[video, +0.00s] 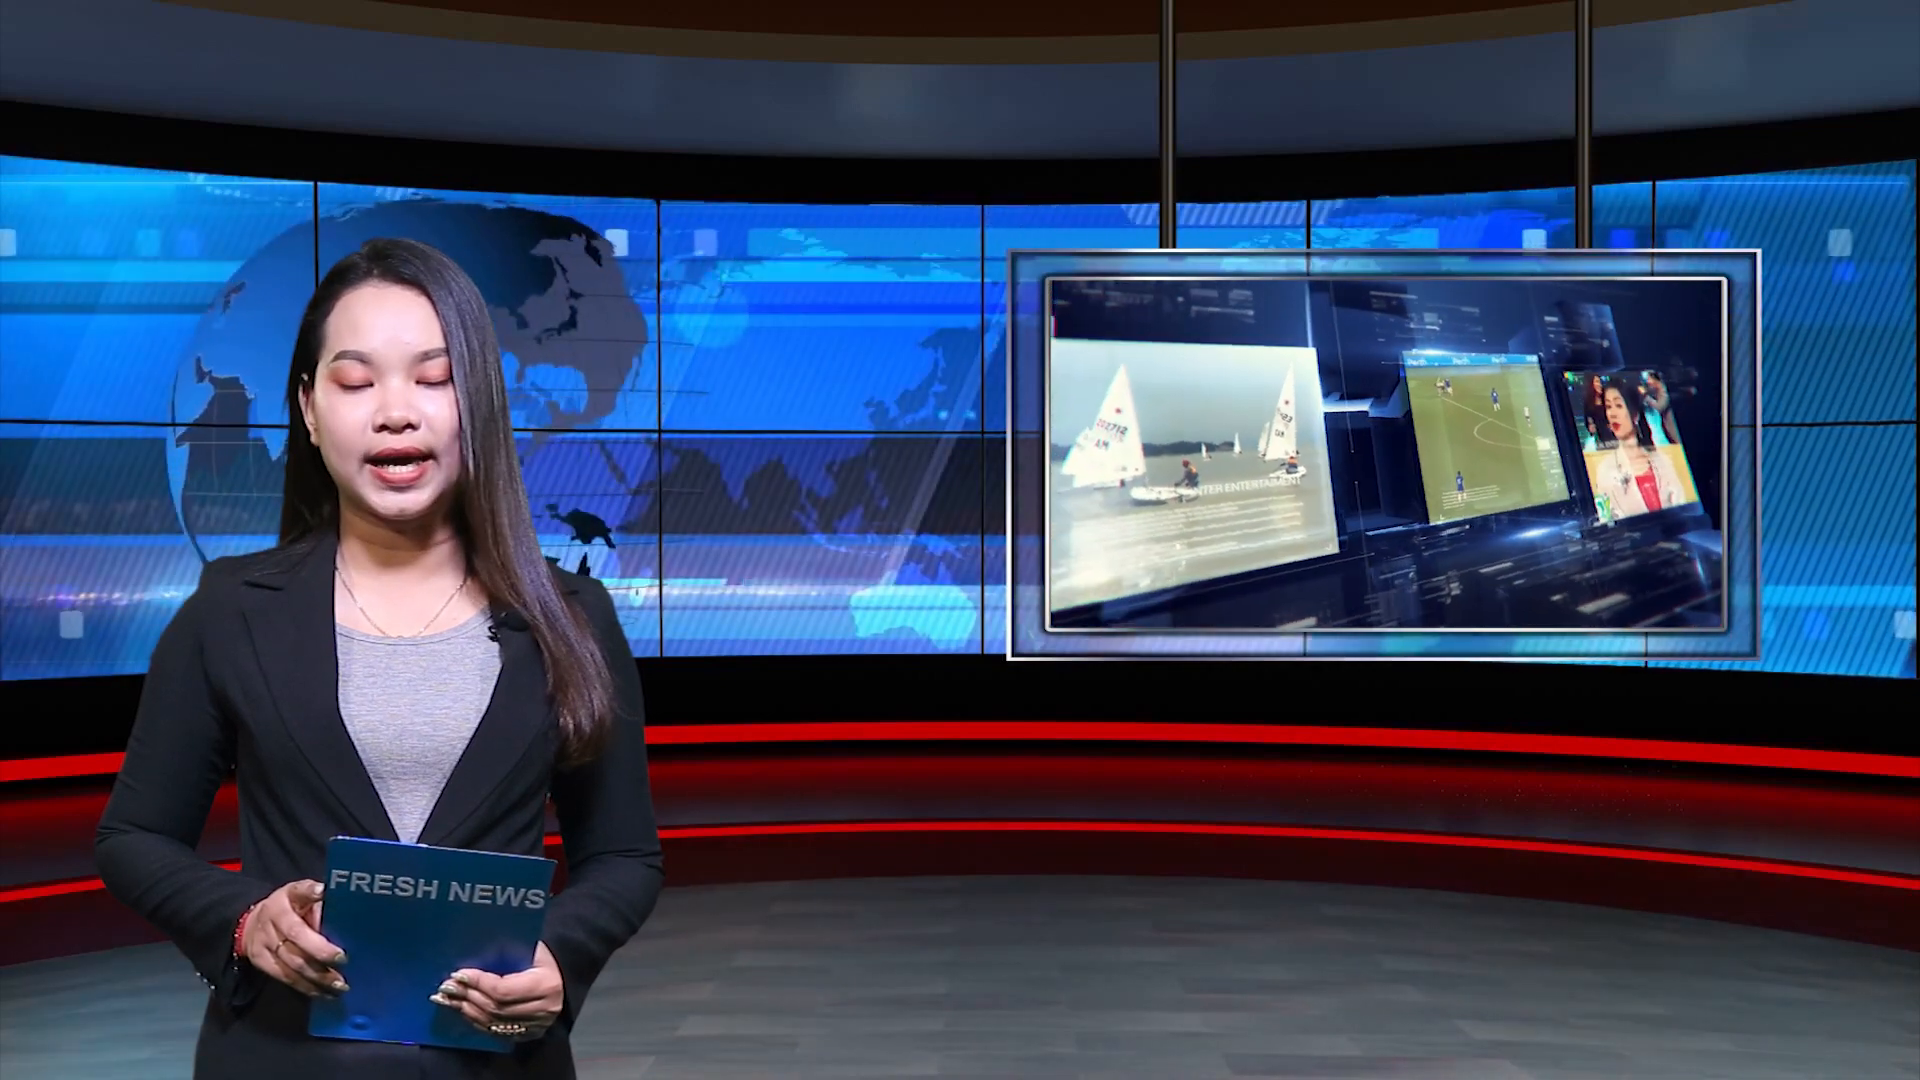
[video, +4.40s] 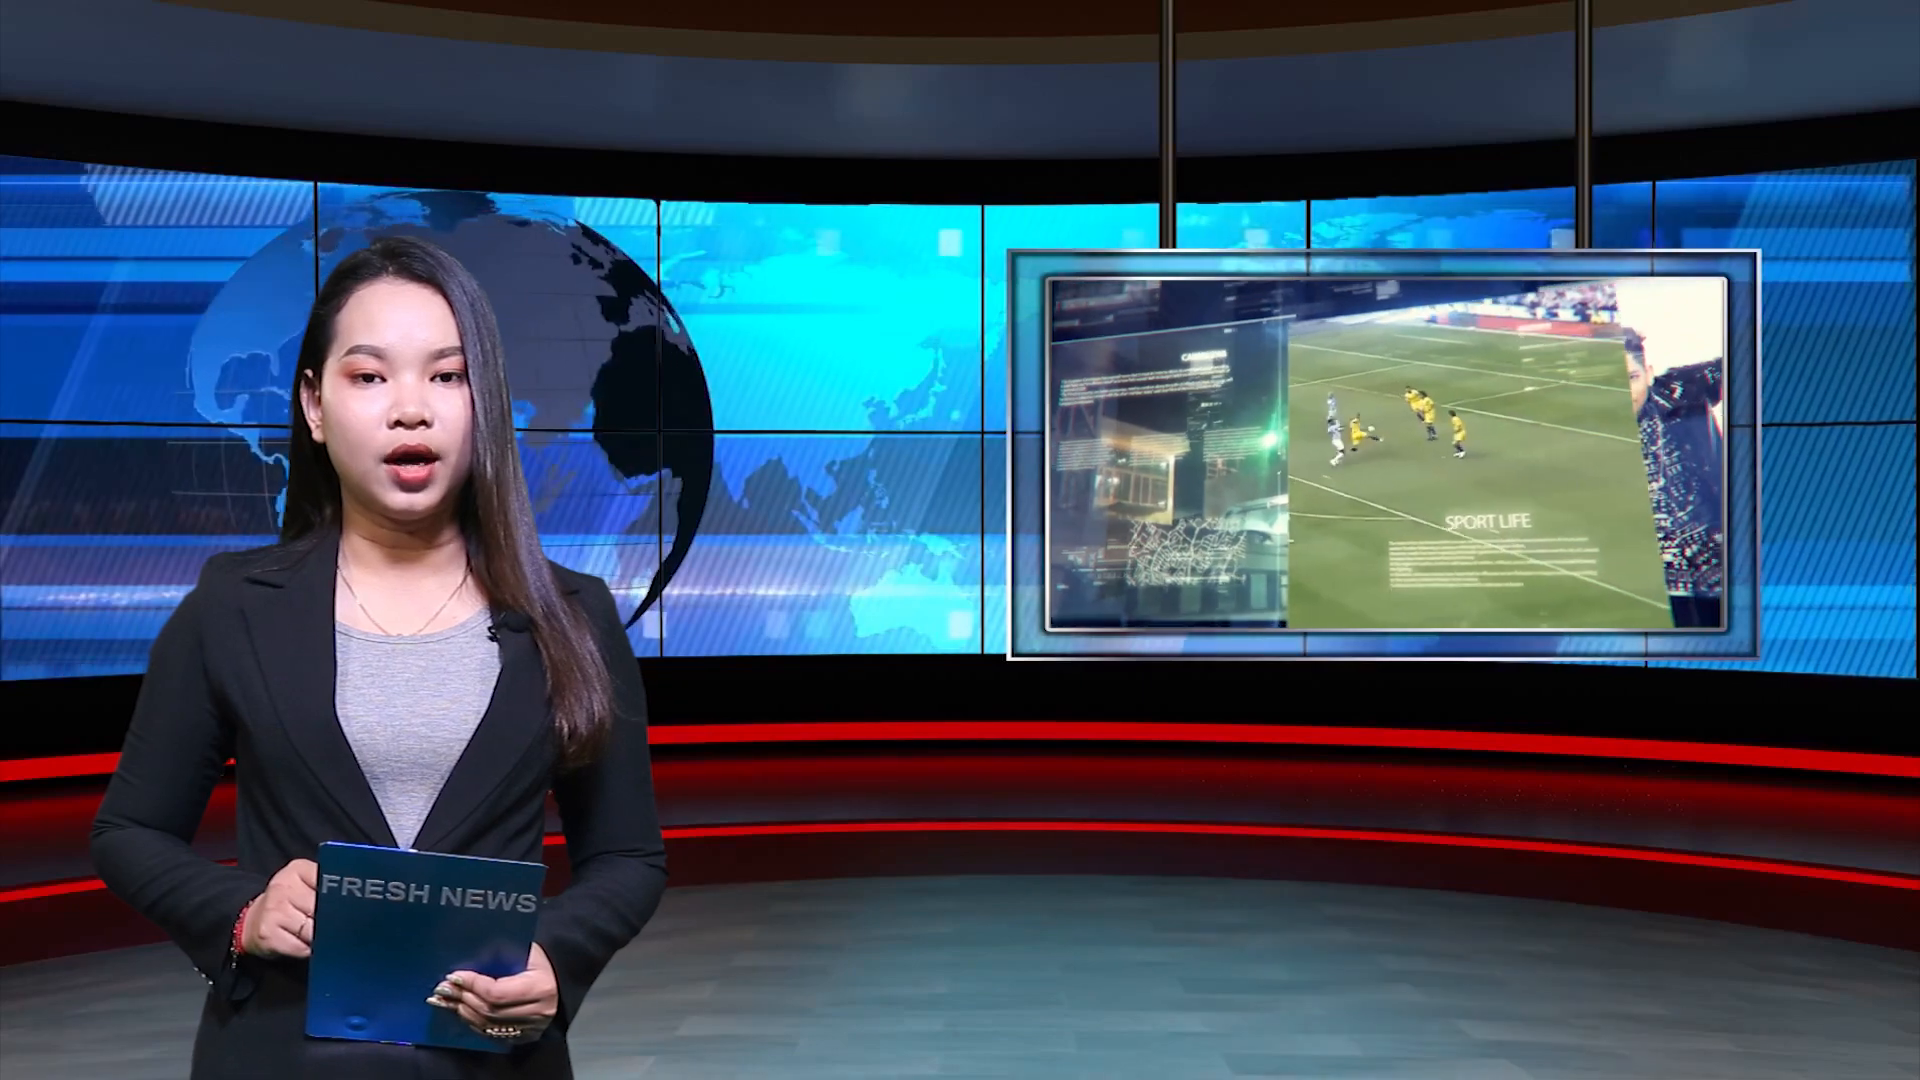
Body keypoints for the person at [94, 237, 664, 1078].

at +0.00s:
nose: (396, 413)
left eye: (432, 375)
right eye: (355, 379)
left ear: (476, 400)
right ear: (310, 411)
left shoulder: (566, 618)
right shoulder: (234, 612)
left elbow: (622, 856)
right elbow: (133, 838)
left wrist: (556, 960)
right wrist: (240, 915)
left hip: (499, 1052)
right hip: (282, 1054)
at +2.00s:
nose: (413, 413)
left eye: (447, 377)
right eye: (371, 377)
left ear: (486, 405)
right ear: (317, 407)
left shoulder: (571, 620)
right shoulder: (236, 617)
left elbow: (630, 858)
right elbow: (139, 842)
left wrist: (558, 958)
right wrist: (236, 909)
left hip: (499, 1053)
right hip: (285, 1056)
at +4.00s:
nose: (405, 407)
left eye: (440, 374)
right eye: (364, 373)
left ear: (479, 404)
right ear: (311, 406)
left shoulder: (566, 618)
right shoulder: (230, 609)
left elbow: (624, 857)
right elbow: (124, 832)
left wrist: (548, 960)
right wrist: (237, 908)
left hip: (493, 1051)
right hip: (277, 1052)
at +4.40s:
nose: (411, 410)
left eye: (445, 375)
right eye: (369, 375)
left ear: (483, 404)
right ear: (314, 407)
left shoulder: (570, 616)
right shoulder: (234, 609)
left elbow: (627, 857)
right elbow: (129, 832)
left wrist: (551, 961)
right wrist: (241, 908)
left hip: (496, 1051)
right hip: (281, 1053)